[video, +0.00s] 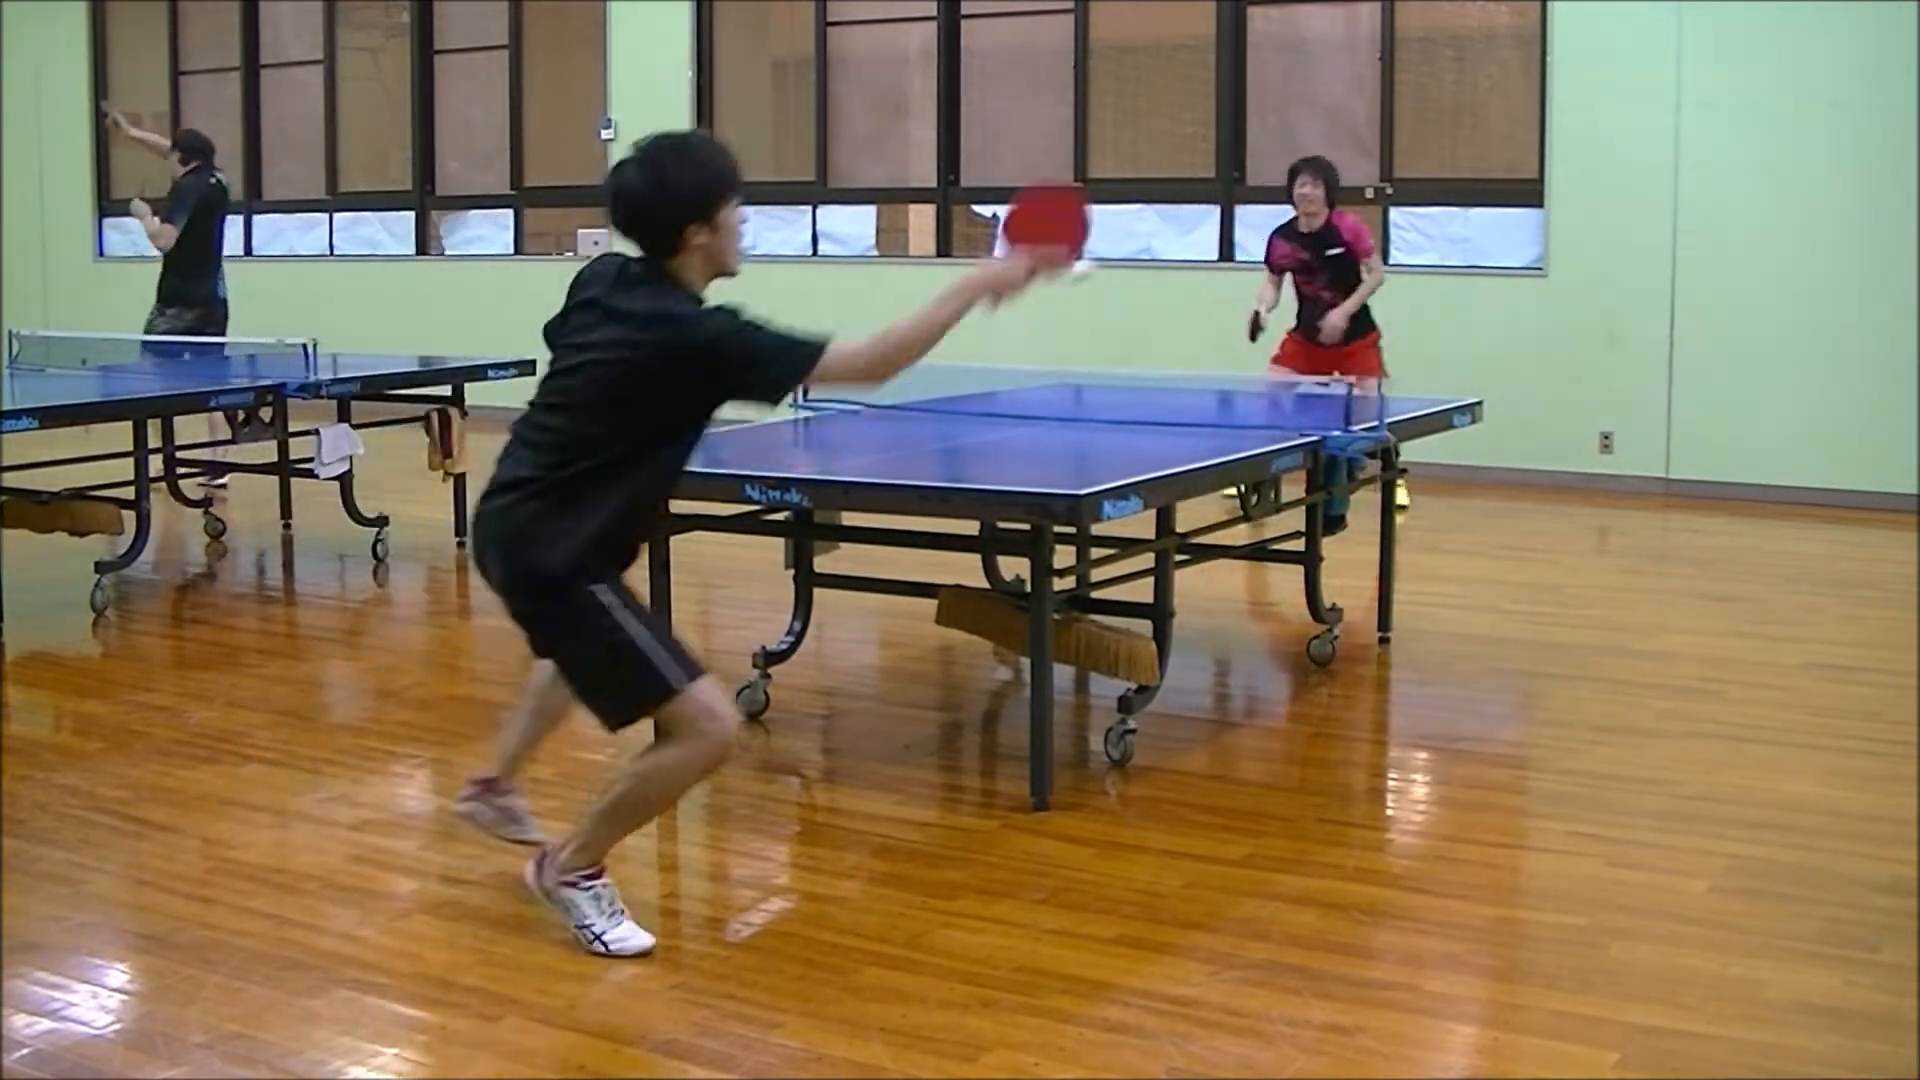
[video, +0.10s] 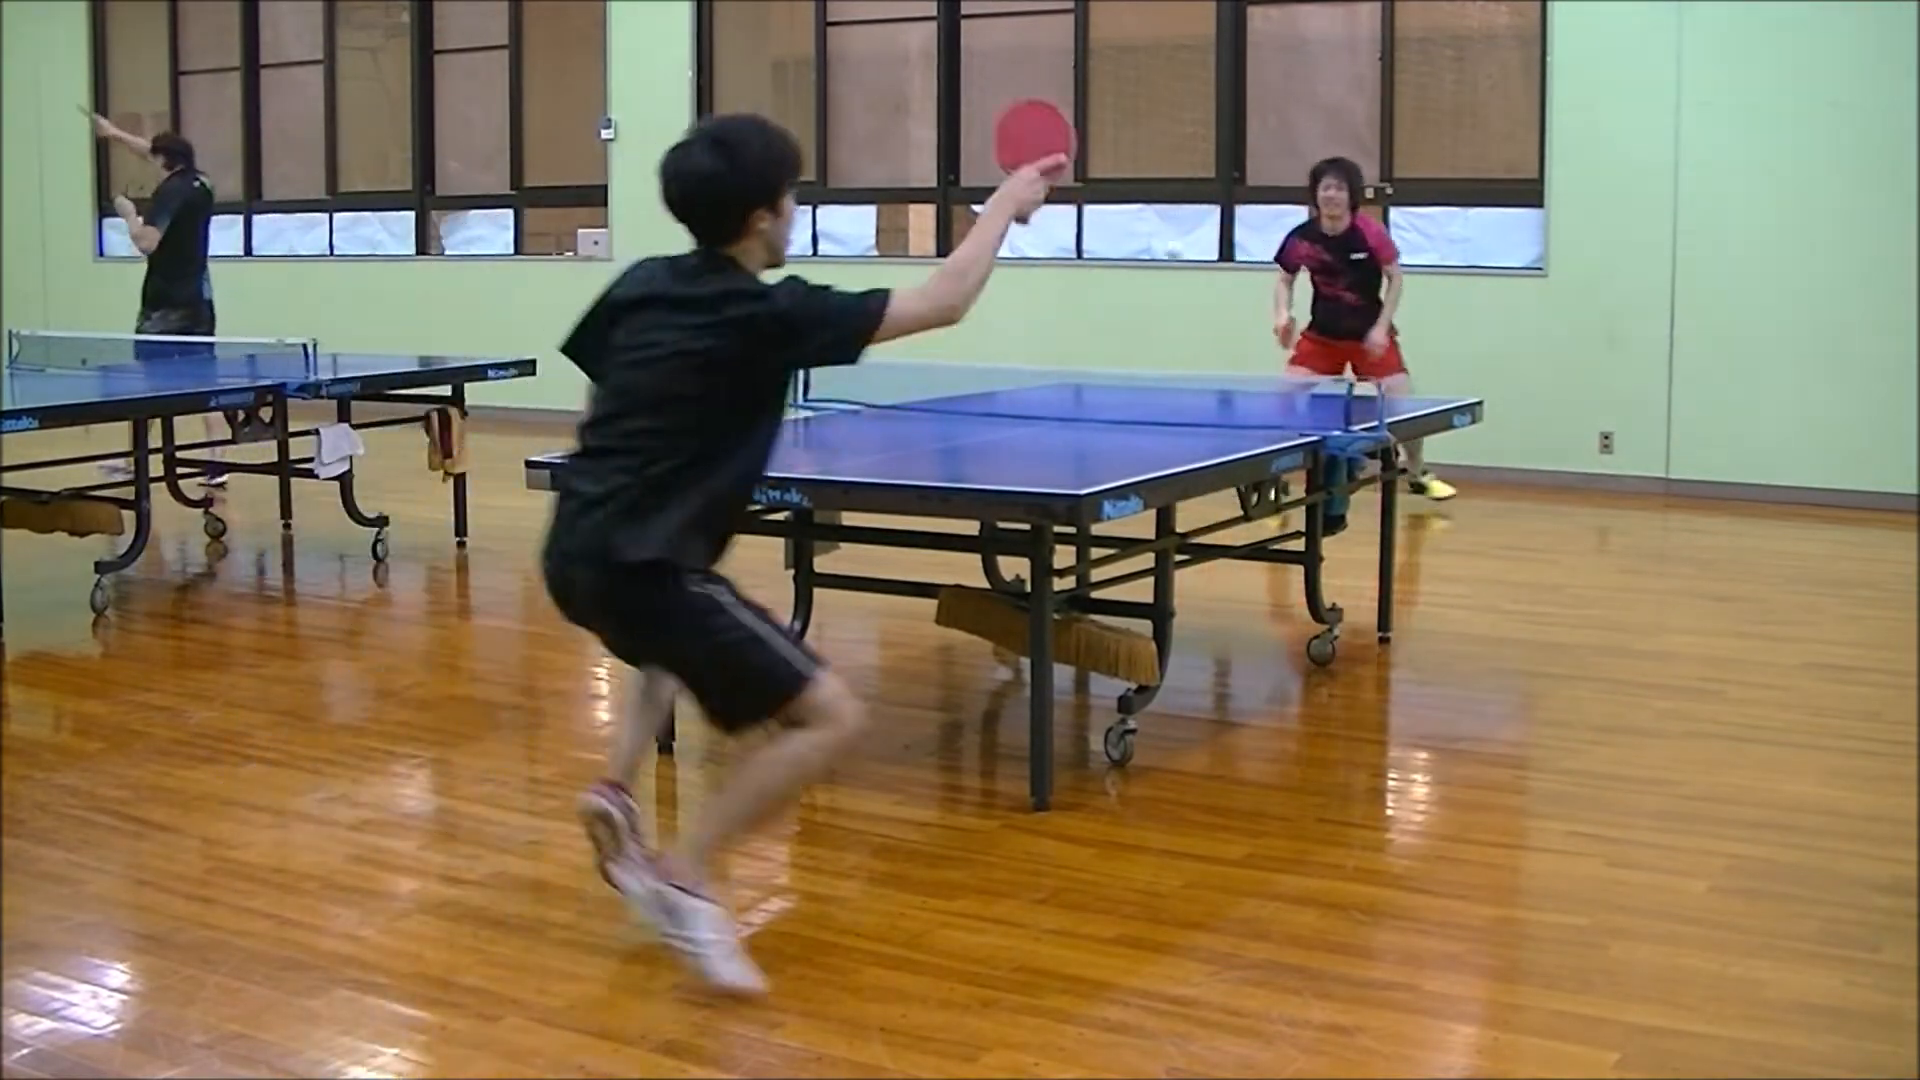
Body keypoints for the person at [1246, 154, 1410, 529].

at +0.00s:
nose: (1308, 192)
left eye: (1315, 185)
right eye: (1301, 185)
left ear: (1330, 191)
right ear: (1291, 193)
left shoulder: (1348, 229)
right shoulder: (1282, 239)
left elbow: (1376, 274)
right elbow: (1272, 282)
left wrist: (1343, 312)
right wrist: (1261, 310)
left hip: (1356, 344)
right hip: (1305, 341)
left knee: (1366, 420)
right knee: (1269, 406)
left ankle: (1392, 477)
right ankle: (1258, 478)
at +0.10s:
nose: (1330, 195)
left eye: (1339, 188)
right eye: (1324, 188)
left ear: (1352, 194)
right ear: (1314, 194)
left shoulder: (1370, 231)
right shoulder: (1301, 238)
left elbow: (1395, 277)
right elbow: (1285, 280)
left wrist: (1382, 326)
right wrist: (1283, 315)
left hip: (1371, 337)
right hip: (1322, 337)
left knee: (1403, 405)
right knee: (1286, 400)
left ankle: (1416, 472)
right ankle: (1273, 480)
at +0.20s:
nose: (1352, 214)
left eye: (1360, 207)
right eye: (1346, 207)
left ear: (1372, 214)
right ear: (1336, 213)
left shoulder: (1390, 250)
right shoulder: (1321, 256)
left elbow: (1412, 295)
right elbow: (1291, 299)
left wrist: (1418, 344)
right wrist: (1300, 333)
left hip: (1390, 355)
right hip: (1337, 357)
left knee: (1434, 416)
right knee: (1303, 413)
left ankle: (1436, 482)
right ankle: (1289, 483)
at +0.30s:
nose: (1363, 217)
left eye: (1371, 210)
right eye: (1357, 209)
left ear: (1384, 216)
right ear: (1347, 214)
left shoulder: (1397, 251)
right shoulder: (1326, 258)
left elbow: (1415, 295)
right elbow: (1307, 308)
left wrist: (1443, 335)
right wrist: (1328, 345)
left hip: (1385, 355)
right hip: (1333, 355)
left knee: (1427, 416)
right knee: (1314, 428)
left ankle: (1432, 483)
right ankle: (1310, 498)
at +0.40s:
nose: (1375, 208)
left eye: (1384, 202)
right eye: (1368, 200)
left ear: (1396, 208)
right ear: (1357, 204)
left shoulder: (1399, 240)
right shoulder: (1341, 244)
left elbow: (1407, 279)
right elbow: (1331, 305)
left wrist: (1437, 312)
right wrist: (1368, 342)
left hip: (1364, 342)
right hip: (1323, 343)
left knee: (1405, 396)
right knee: (1326, 424)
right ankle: (1325, 510)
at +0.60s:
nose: (1395, 239)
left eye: (1403, 233)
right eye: (1388, 231)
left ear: (1413, 241)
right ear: (1374, 234)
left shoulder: (1392, 264)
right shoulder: (1360, 270)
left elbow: (1388, 279)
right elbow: (1371, 339)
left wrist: (1404, 294)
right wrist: (1416, 361)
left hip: (1337, 355)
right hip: (1306, 352)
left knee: (1370, 412)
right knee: (1330, 426)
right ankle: (1316, 506)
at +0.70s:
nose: (1397, 256)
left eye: (1405, 249)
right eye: (1390, 246)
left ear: (1412, 255)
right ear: (1374, 248)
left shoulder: (1388, 282)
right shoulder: (1358, 289)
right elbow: (1374, 355)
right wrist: (1419, 384)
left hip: (1336, 365)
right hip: (1306, 364)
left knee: (1364, 426)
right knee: (1333, 437)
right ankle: (1325, 516)